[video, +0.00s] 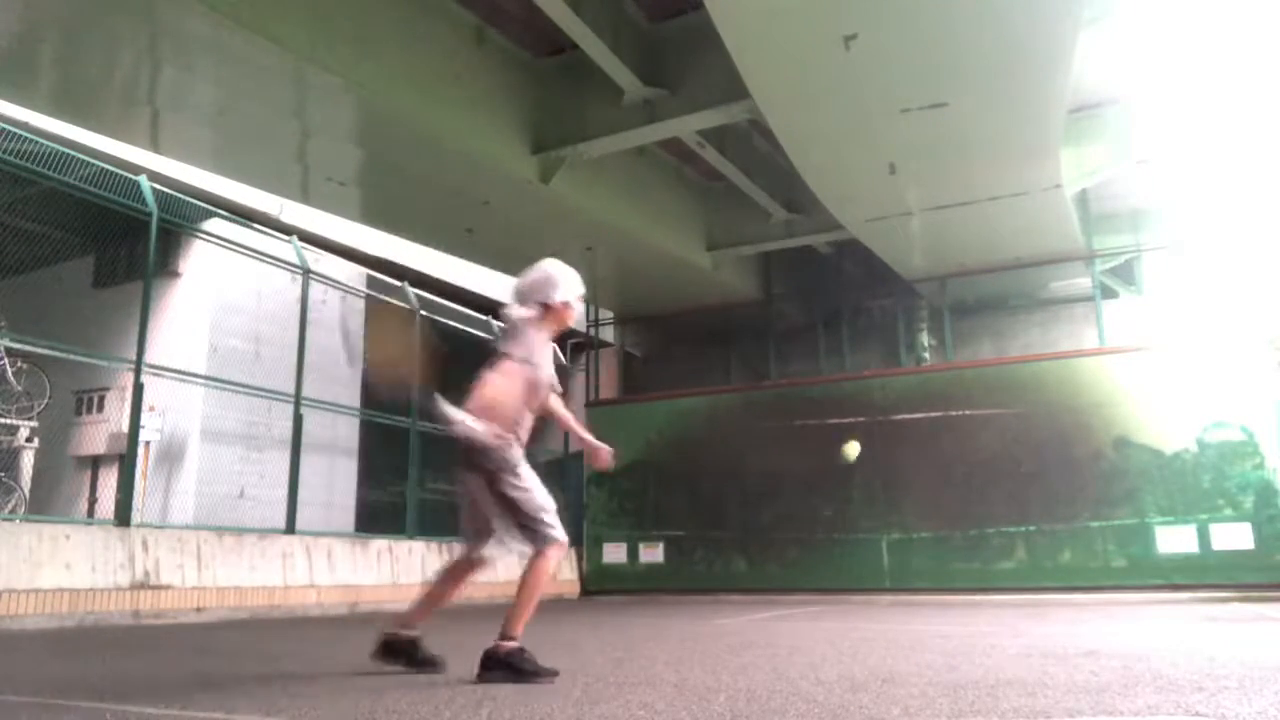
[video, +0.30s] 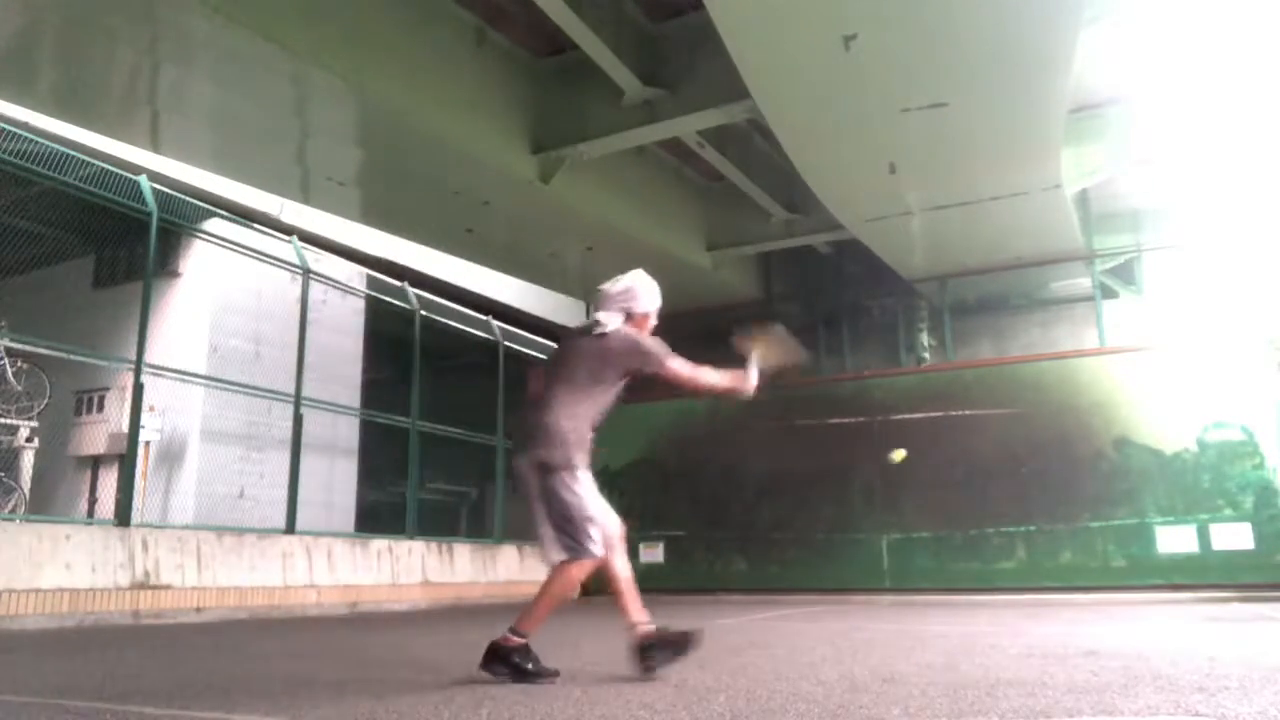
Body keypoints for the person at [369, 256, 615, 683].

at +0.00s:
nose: (577, 311)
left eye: (577, 303)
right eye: (573, 303)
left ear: (546, 303)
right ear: (555, 304)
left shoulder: (539, 346)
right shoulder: (530, 338)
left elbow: (550, 401)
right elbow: (495, 386)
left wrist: (590, 442)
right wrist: (479, 416)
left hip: (478, 447)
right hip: (495, 447)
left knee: (479, 551)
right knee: (552, 543)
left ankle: (402, 634)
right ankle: (506, 647)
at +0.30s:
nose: (654, 324)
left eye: (654, 316)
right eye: (652, 316)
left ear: (611, 311)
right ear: (637, 314)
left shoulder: (575, 341)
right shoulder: (630, 344)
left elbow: (537, 384)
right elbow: (692, 376)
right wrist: (741, 379)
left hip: (543, 455)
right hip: (557, 458)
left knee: (611, 533)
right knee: (586, 553)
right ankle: (512, 642)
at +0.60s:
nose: (694, 299)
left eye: (692, 293)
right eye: (692, 293)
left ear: (651, 293)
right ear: (683, 293)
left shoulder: (630, 335)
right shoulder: (686, 322)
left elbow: (583, 385)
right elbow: (757, 344)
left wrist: (594, 446)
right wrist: (747, 308)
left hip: (632, 452)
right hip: (661, 450)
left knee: (694, 550)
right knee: (693, 551)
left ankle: (687, 648)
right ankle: (604, 622)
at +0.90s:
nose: (706, 274)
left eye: (697, 267)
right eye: (706, 268)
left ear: (663, 265)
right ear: (700, 268)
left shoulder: (636, 312)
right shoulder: (712, 304)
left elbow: (616, 385)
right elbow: (749, 378)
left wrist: (650, 390)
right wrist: (742, 388)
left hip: (643, 436)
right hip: (689, 433)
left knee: (678, 543)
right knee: (714, 544)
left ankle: (683, 646)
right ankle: (724, 657)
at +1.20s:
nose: (669, 251)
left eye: (662, 244)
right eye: (677, 244)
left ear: (652, 249)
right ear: (692, 248)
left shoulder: (631, 290)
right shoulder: (714, 297)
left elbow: (612, 369)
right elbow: (730, 380)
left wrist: (622, 385)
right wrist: (697, 402)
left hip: (647, 421)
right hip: (701, 422)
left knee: (639, 541)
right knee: (713, 540)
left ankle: (649, 650)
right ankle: (724, 659)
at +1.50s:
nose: (594, 251)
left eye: (596, 243)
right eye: (601, 244)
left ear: (602, 241)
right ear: (637, 244)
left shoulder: (603, 267)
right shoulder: (649, 287)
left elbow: (553, 330)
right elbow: (605, 368)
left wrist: (534, 310)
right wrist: (541, 353)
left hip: (624, 417)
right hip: (654, 419)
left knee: (617, 539)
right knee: (643, 543)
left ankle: (635, 668)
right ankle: (687, 630)